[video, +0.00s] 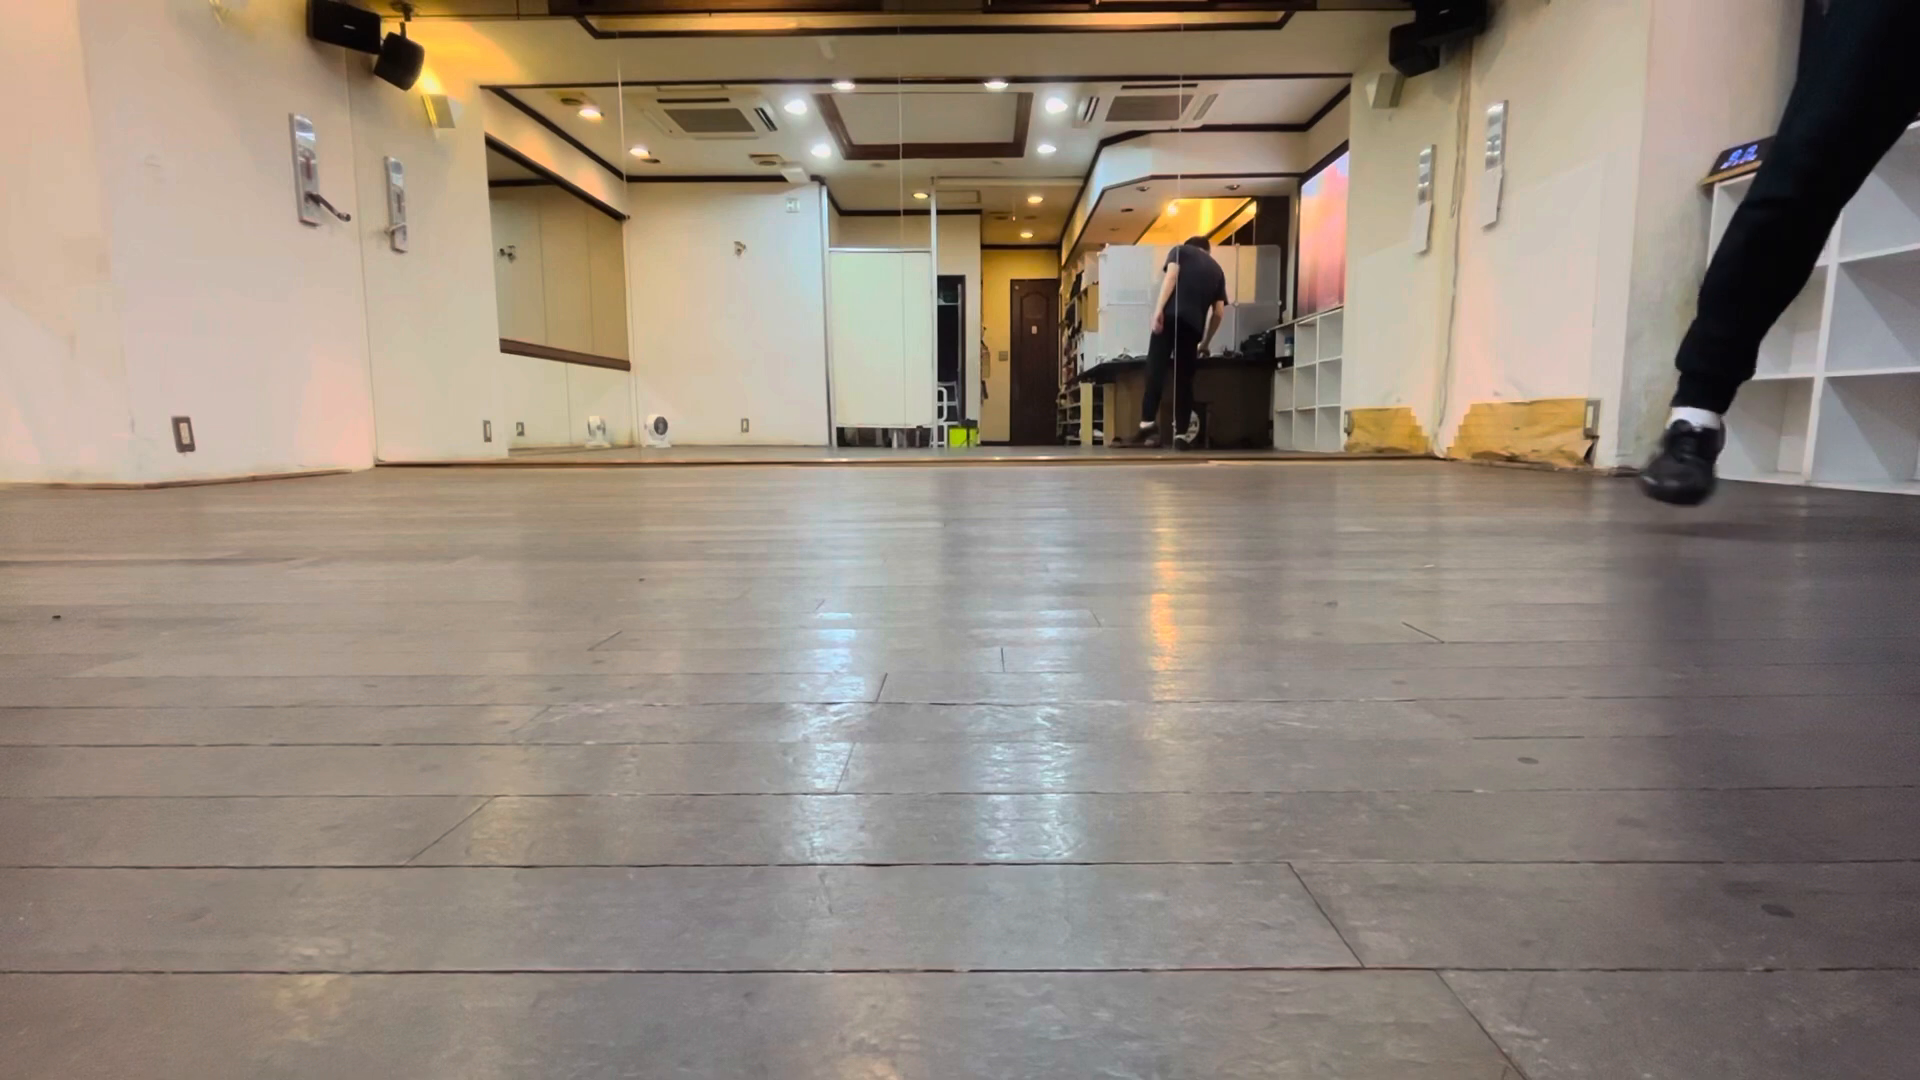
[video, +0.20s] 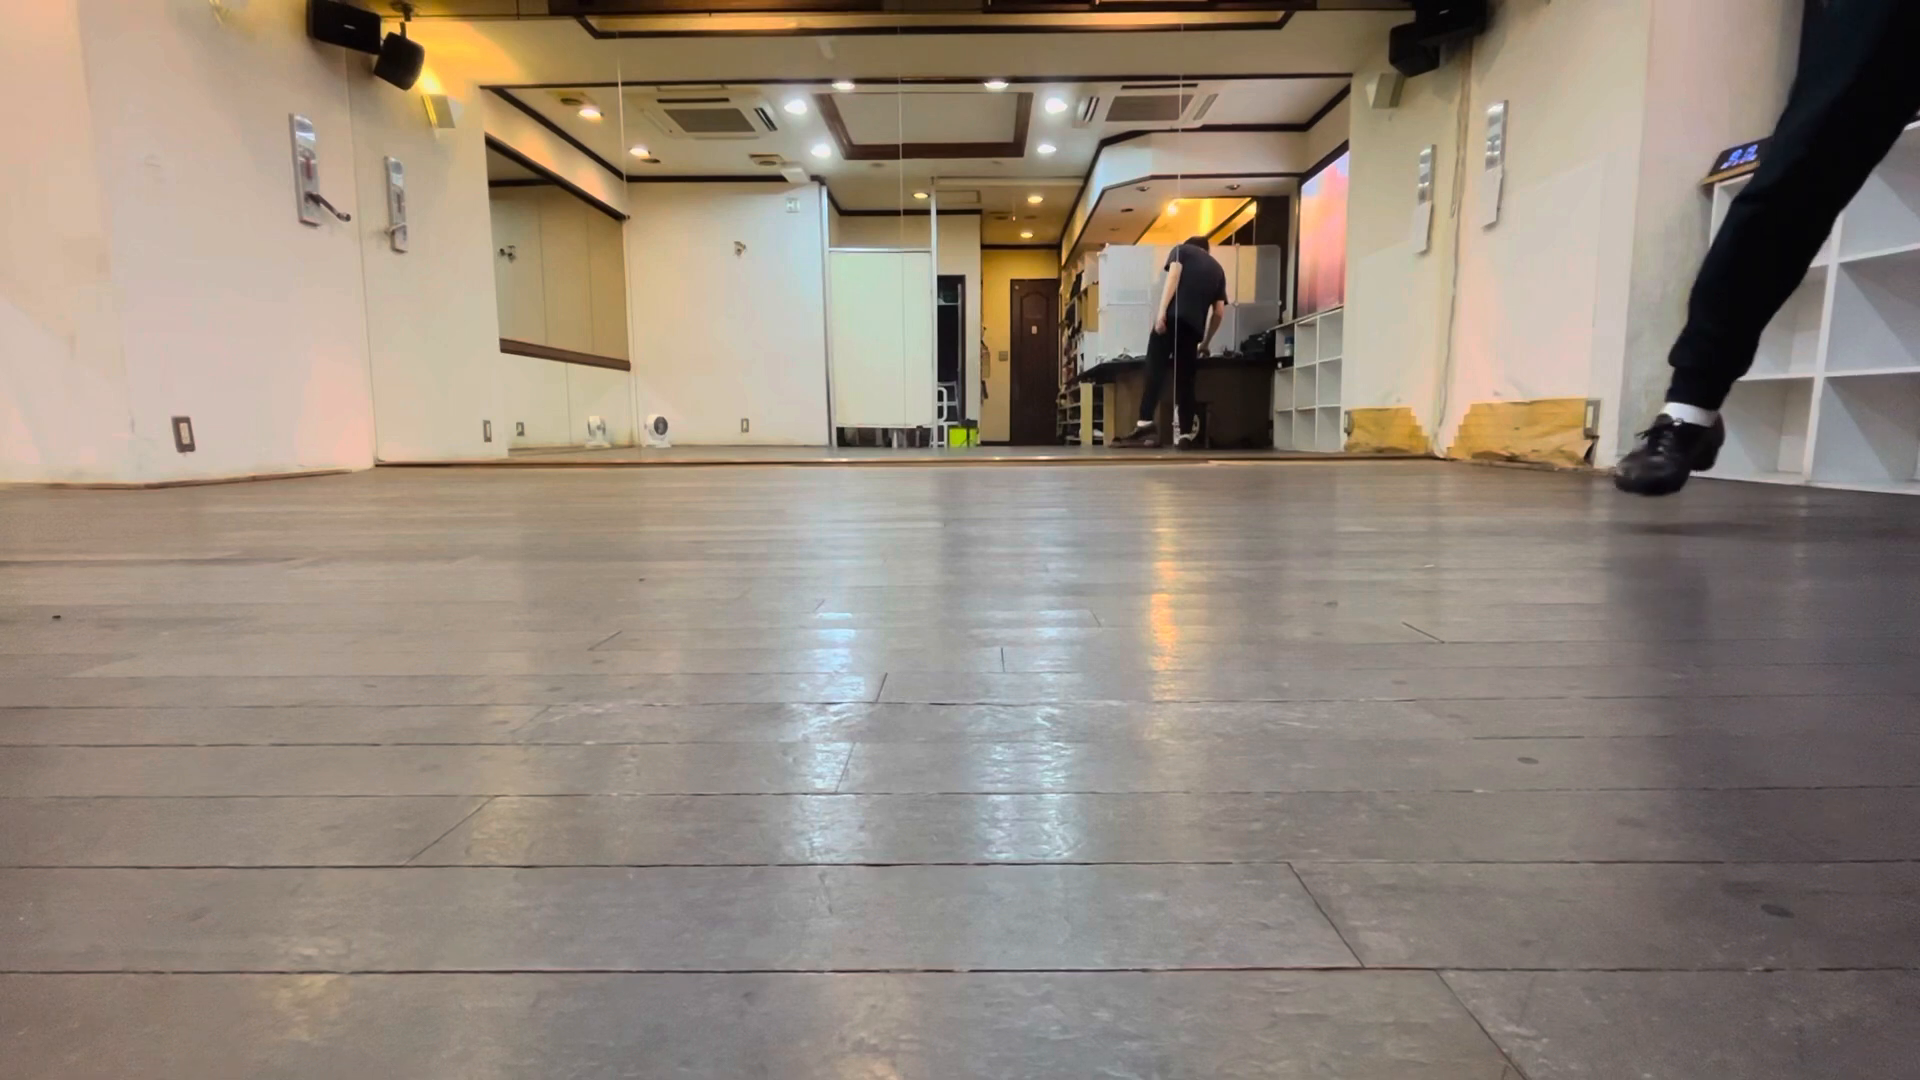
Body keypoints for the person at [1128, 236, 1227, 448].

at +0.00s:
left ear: (1188, 245)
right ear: (1207, 250)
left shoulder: (1180, 250)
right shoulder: (1217, 270)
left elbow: (1172, 275)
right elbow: (1218, 313)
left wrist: (1158, 310)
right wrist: (1206, 342)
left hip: (1169, 317)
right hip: (1192, 326)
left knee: (1155, 367)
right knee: (1185, 377)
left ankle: (1148, 420)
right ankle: (1181, 433)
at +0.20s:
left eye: (1185, 245)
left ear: (1188, 244)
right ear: (1206, 249)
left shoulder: (1181, 250)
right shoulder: (1217, 269)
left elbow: (1174, 275)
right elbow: (1218, 313)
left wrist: (1162, 312)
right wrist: (1206, 342)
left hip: (1171, 318)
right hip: (1195, 327)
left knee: (1154, 368)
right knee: (1186, 379)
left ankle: (1145, 419)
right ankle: (1184, 433)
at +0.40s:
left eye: (1186, 245)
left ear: (1189, 243)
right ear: (1208, 249)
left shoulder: (1180, 250)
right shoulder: (1218, 268)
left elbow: (1171, 276)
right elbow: (1219, 313)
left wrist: (1159, 310)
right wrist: (1207, 342)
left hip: (1169, 318)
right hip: (1194, 327)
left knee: (1150, 368)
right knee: (1186, 379)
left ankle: (1138, 419)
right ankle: (1183, 434)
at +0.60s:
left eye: (1187, 243)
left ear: (1189, 243)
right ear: (1209, 248)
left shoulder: (1179, 249)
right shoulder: (1217, 268)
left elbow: (1169, 274)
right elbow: (1219, 312)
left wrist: (1155, 308)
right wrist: (1206, 343)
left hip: (1166, 319)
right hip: (1191, 327)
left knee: (1149, 370)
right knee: (1185, 379)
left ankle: (1136, 422)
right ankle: (1183, 433)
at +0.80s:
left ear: (1188, 241)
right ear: (1206, 247)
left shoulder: (1177, 247)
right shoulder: (1215, 267)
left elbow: (1166, 275)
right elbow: (1217, 312)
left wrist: (1154, 310)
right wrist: (1205, 342)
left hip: (1163, 321)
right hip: (1187, 329)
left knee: (1148, 372)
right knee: (1184, 378)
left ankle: (1140, 426)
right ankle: (1182, 433)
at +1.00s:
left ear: (1181, 239)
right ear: (1201, 244)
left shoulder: (1171, 247)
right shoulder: (1210, 263)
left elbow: (1160, 278)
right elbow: (1214, 311)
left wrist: (1149, 314)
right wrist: (1205, 342)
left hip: (1159, 324)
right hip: (1184, 328)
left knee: (1147, 373)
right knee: (1182, 377)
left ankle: (1145, 429)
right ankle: (1182, 433)